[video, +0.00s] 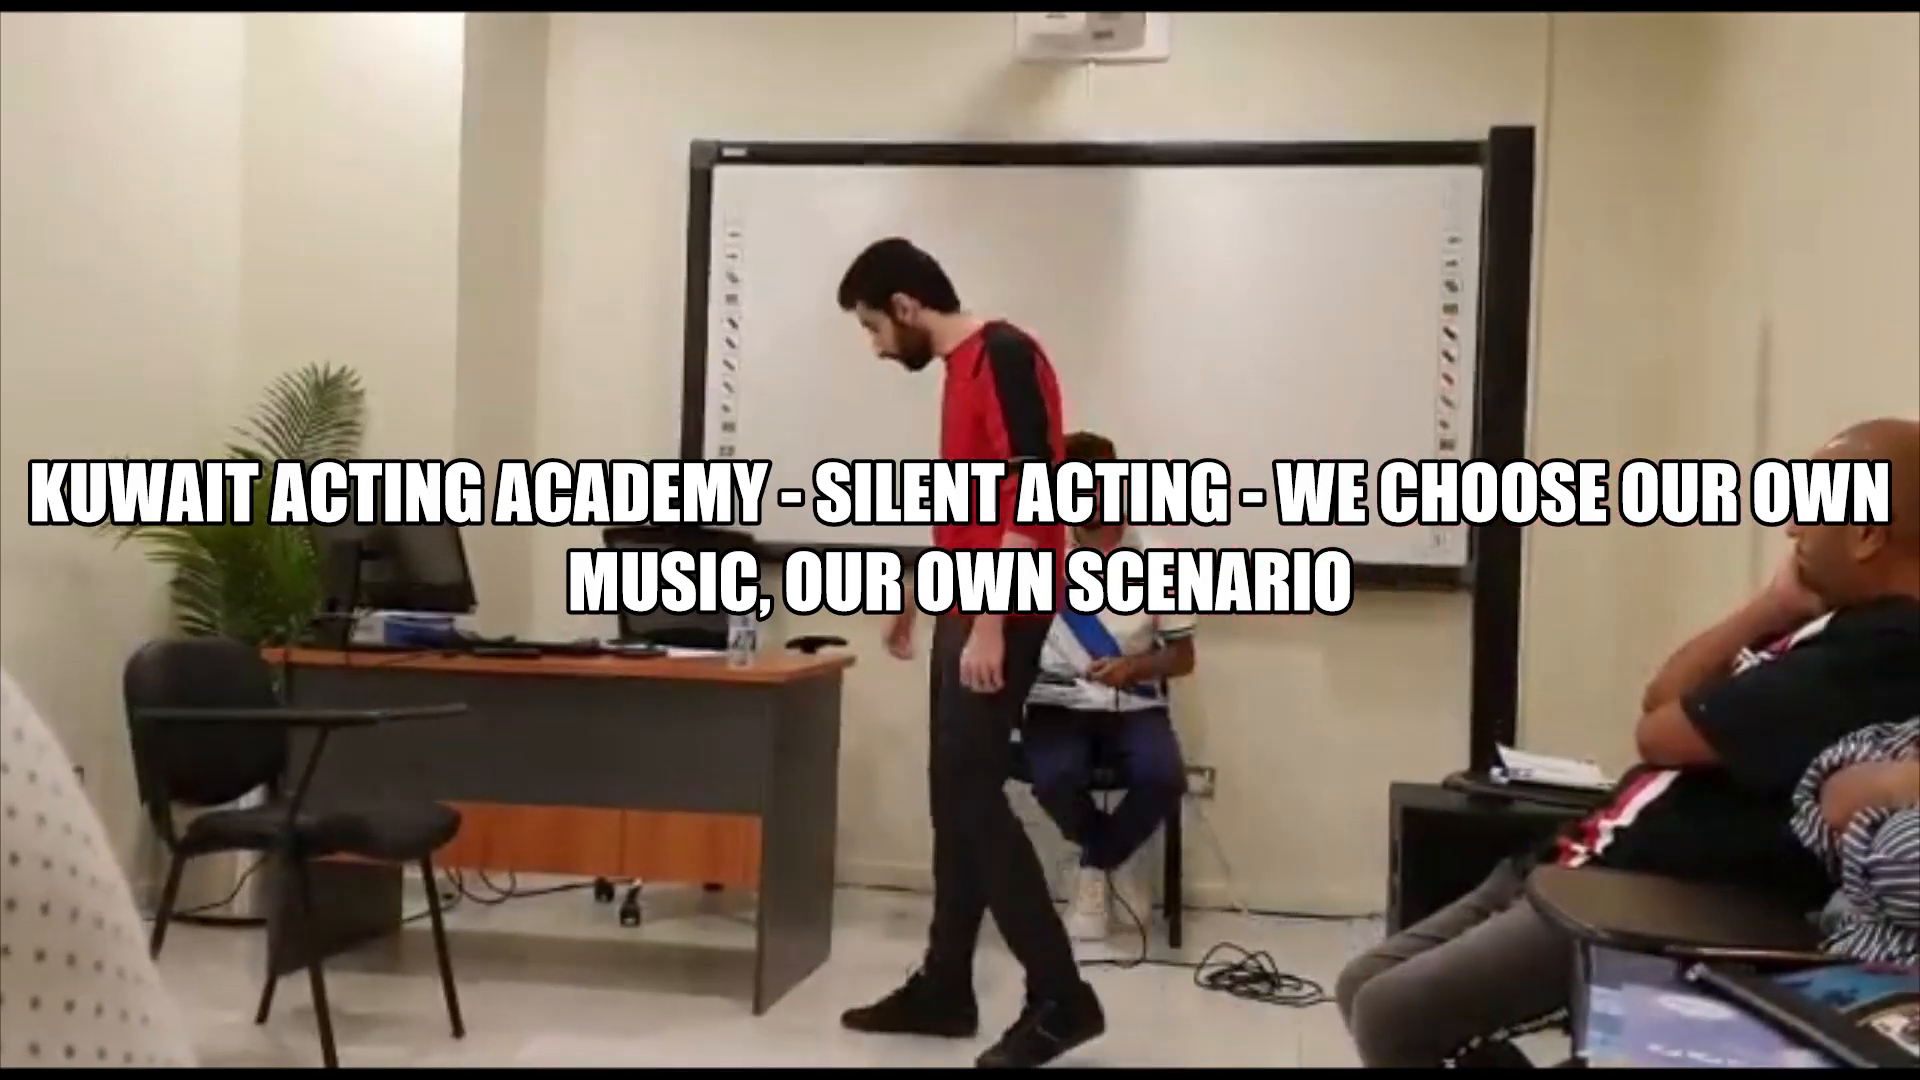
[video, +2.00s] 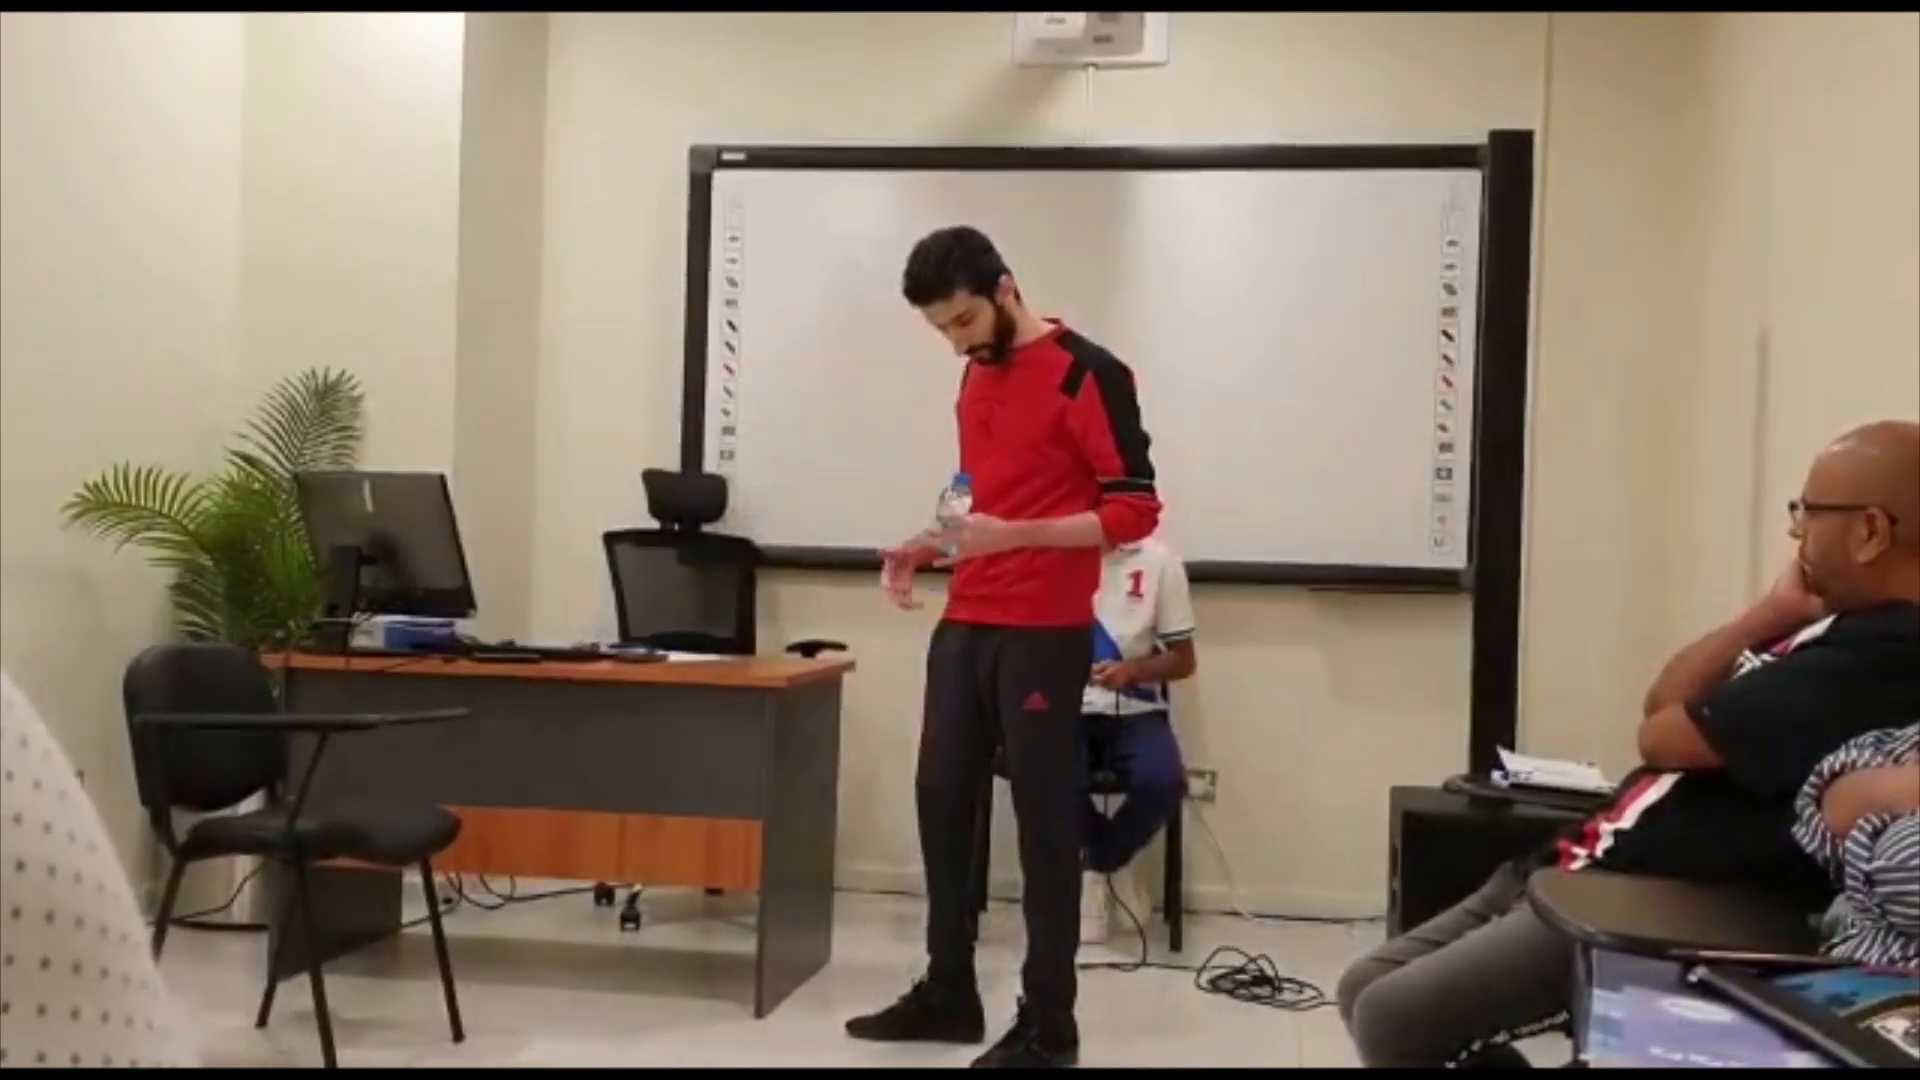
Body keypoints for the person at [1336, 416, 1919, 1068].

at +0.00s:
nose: (1793, 534)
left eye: (1811, 513)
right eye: (1799, 512)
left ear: (1871, 534)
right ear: (1871, 535)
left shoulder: (1885, 645)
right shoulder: (1846, 625)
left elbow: (1664, 738)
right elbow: (1662, 697)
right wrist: (1781, 602)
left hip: (1633, 901)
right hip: (1585, 861)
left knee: (1389, 1016)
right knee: (1363, 983)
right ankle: (1500, 1062)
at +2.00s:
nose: (1795, 535)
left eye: (1806, 516)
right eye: (1798, 514)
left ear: (1874, 532)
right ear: (1874, 532)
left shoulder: (1883, 650)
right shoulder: (1847, 626)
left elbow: (1666, 739)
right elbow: (1665, 700)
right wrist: (1783, 606)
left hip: (1632, 907)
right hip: (1581, 864)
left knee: (1388, 1019)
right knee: (1364, 985)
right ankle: (1486, 1061)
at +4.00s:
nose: (1801, 534)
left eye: (1814, 514)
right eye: (1806, 513)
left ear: (1880, 533)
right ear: (1881, 533)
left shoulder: (1884, 650)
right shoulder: (1854, 627)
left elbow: (1663, 741)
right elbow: (1662, 701)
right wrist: (1778, 612)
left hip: (1641, 906)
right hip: (1589, 862)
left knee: (1387, 1021)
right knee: (1363, 988)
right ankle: (1486, 1060)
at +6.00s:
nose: (1800, 538)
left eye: (1813, 517)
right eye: (1804, 516)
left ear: (1880, 534)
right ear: (1880, 534)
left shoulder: (1882, 654)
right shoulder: (1854, 629)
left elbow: (1664, 745)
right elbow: (1665, 703)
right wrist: (1779, 614)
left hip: (1638, 907)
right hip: (1589, 866)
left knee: (1389, 1024)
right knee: (1364, 990)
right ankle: (1488, 1062)